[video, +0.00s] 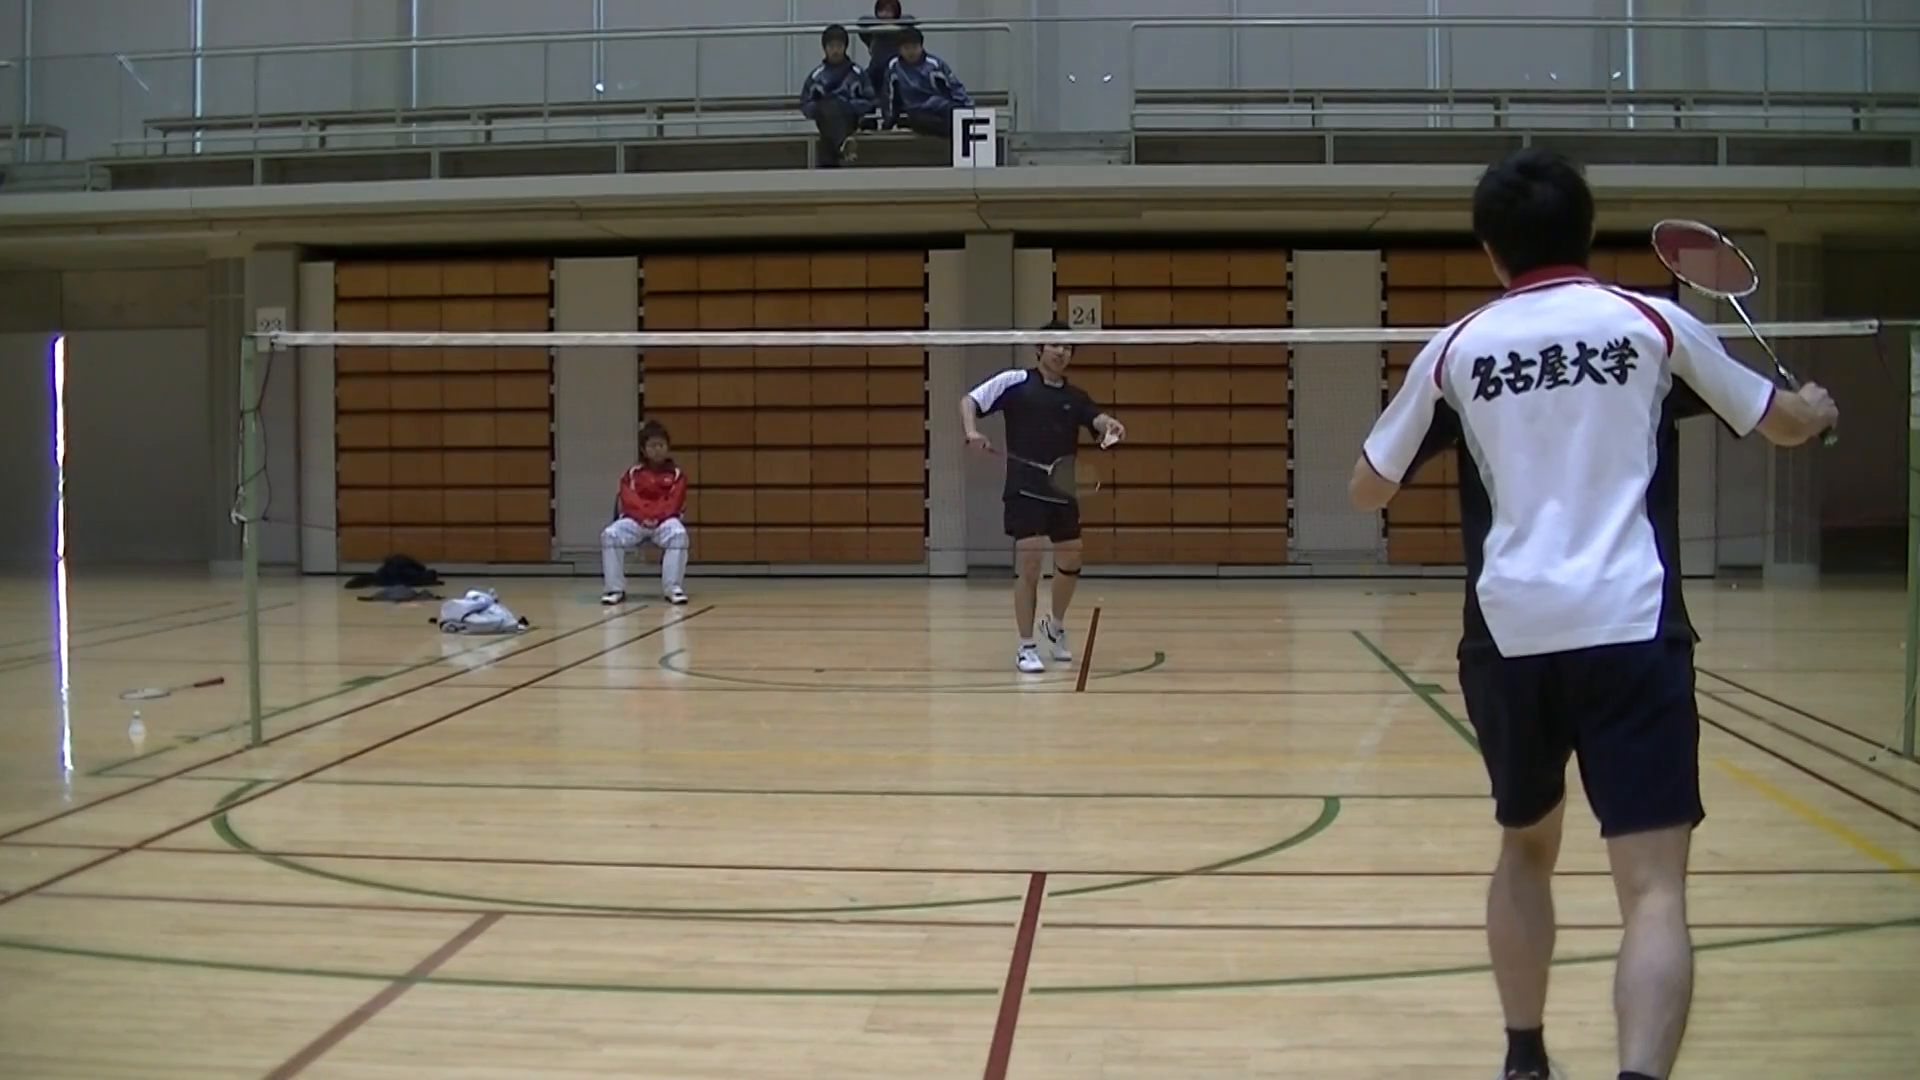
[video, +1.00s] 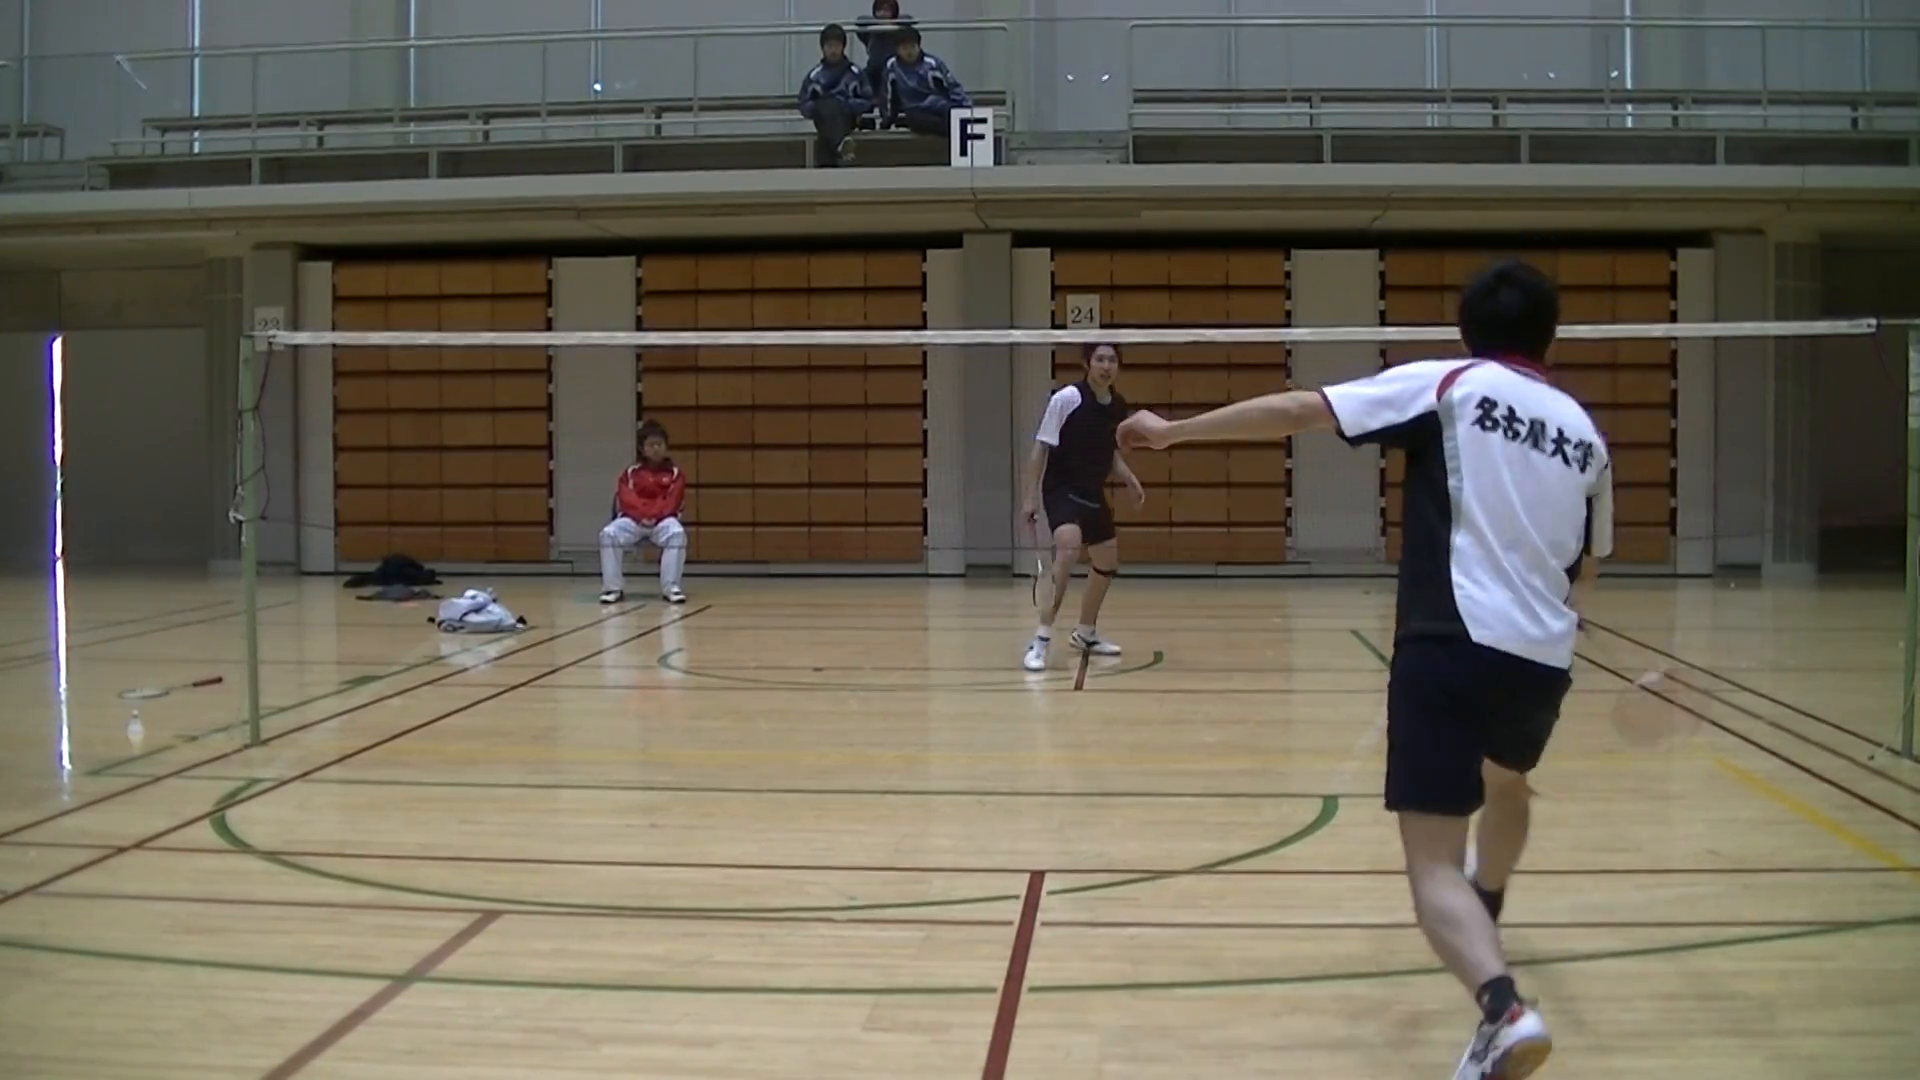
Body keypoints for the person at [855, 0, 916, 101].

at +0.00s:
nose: (885, 13)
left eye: (889, 10)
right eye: (881, 9)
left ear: (896, 12)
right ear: (877, 12)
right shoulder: (872, 34)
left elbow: (910, 19)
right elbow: (861, 22)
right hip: (875, 71)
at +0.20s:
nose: (885, 14)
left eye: (890, 10)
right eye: (881, 10)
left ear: (896, 12)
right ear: (876, 12)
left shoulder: (901, 30)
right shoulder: (871, 33)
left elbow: (910, 19)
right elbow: (861, 21)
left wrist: (892, 23)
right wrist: (880, 22)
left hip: (898, 70)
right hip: (874, 71)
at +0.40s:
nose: (884, 13)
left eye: (888, 10)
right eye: (881, 9)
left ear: (895, 12)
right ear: (876, 12)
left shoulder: (901, 31)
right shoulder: (871, 34)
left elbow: (910, 19)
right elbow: (861, 22)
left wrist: (893, 22)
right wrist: (879, 21)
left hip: (896, 69)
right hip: (874, 70)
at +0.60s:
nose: (884, 12)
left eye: (889, 9)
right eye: (881, 9)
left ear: (895, 12)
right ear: (876, 12)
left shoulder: (901, 31)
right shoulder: (872, 34)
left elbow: (910, 19)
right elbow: (861, 21)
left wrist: (893, 22)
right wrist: (879, 21)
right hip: (873, 73)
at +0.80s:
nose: (884, 13)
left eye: (888, 9)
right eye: (880, 9)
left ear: (895, 12)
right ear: (876, 12)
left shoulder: (901, 31)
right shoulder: (871, 34)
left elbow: (910, 19)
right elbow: (860, 21)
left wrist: (892, 22)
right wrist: (879, 21)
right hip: (873, 73)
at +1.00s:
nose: (883, 13)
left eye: (887, 9)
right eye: (879, 9)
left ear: (894, 12)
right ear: (874, 12)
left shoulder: (899, 30)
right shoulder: (870, 33)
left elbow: (909, 19)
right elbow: (860, 21)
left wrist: (892, 23)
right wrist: (880, 22)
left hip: (896, 69)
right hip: (873, 70)